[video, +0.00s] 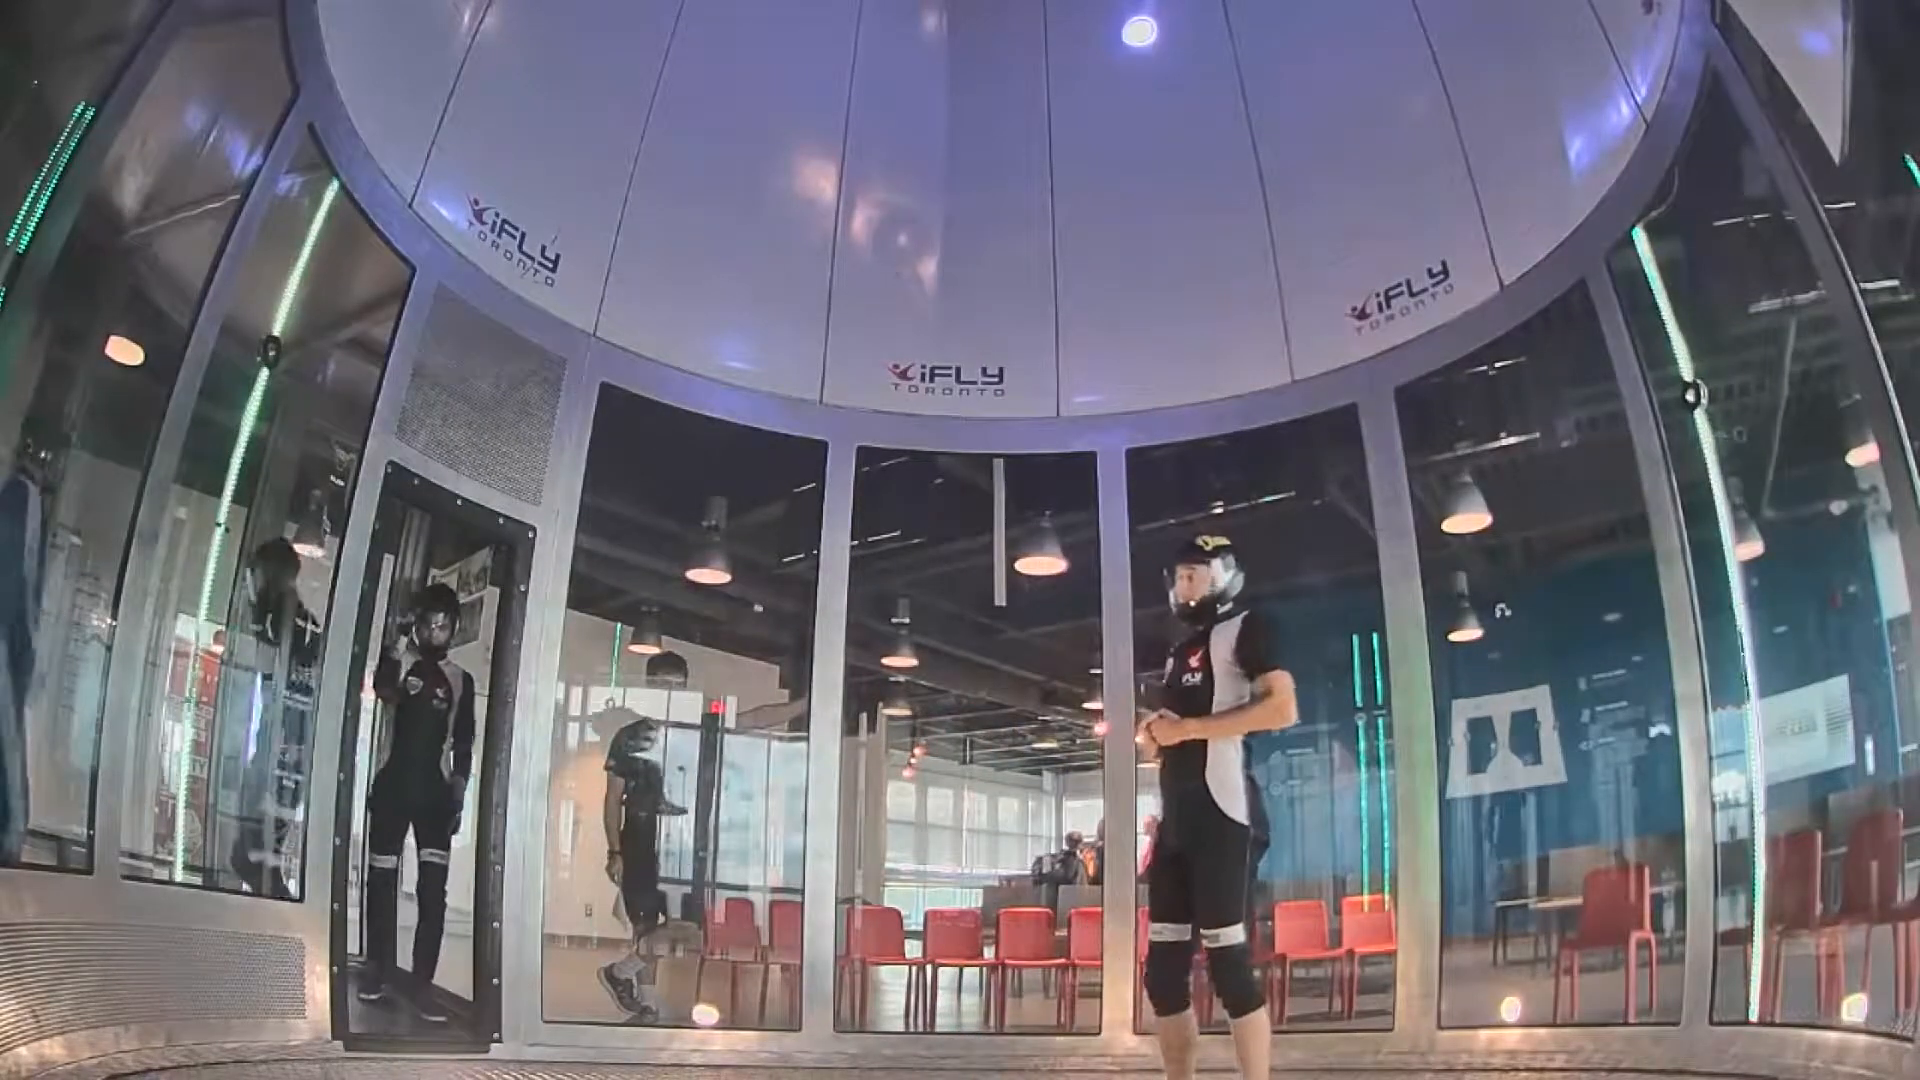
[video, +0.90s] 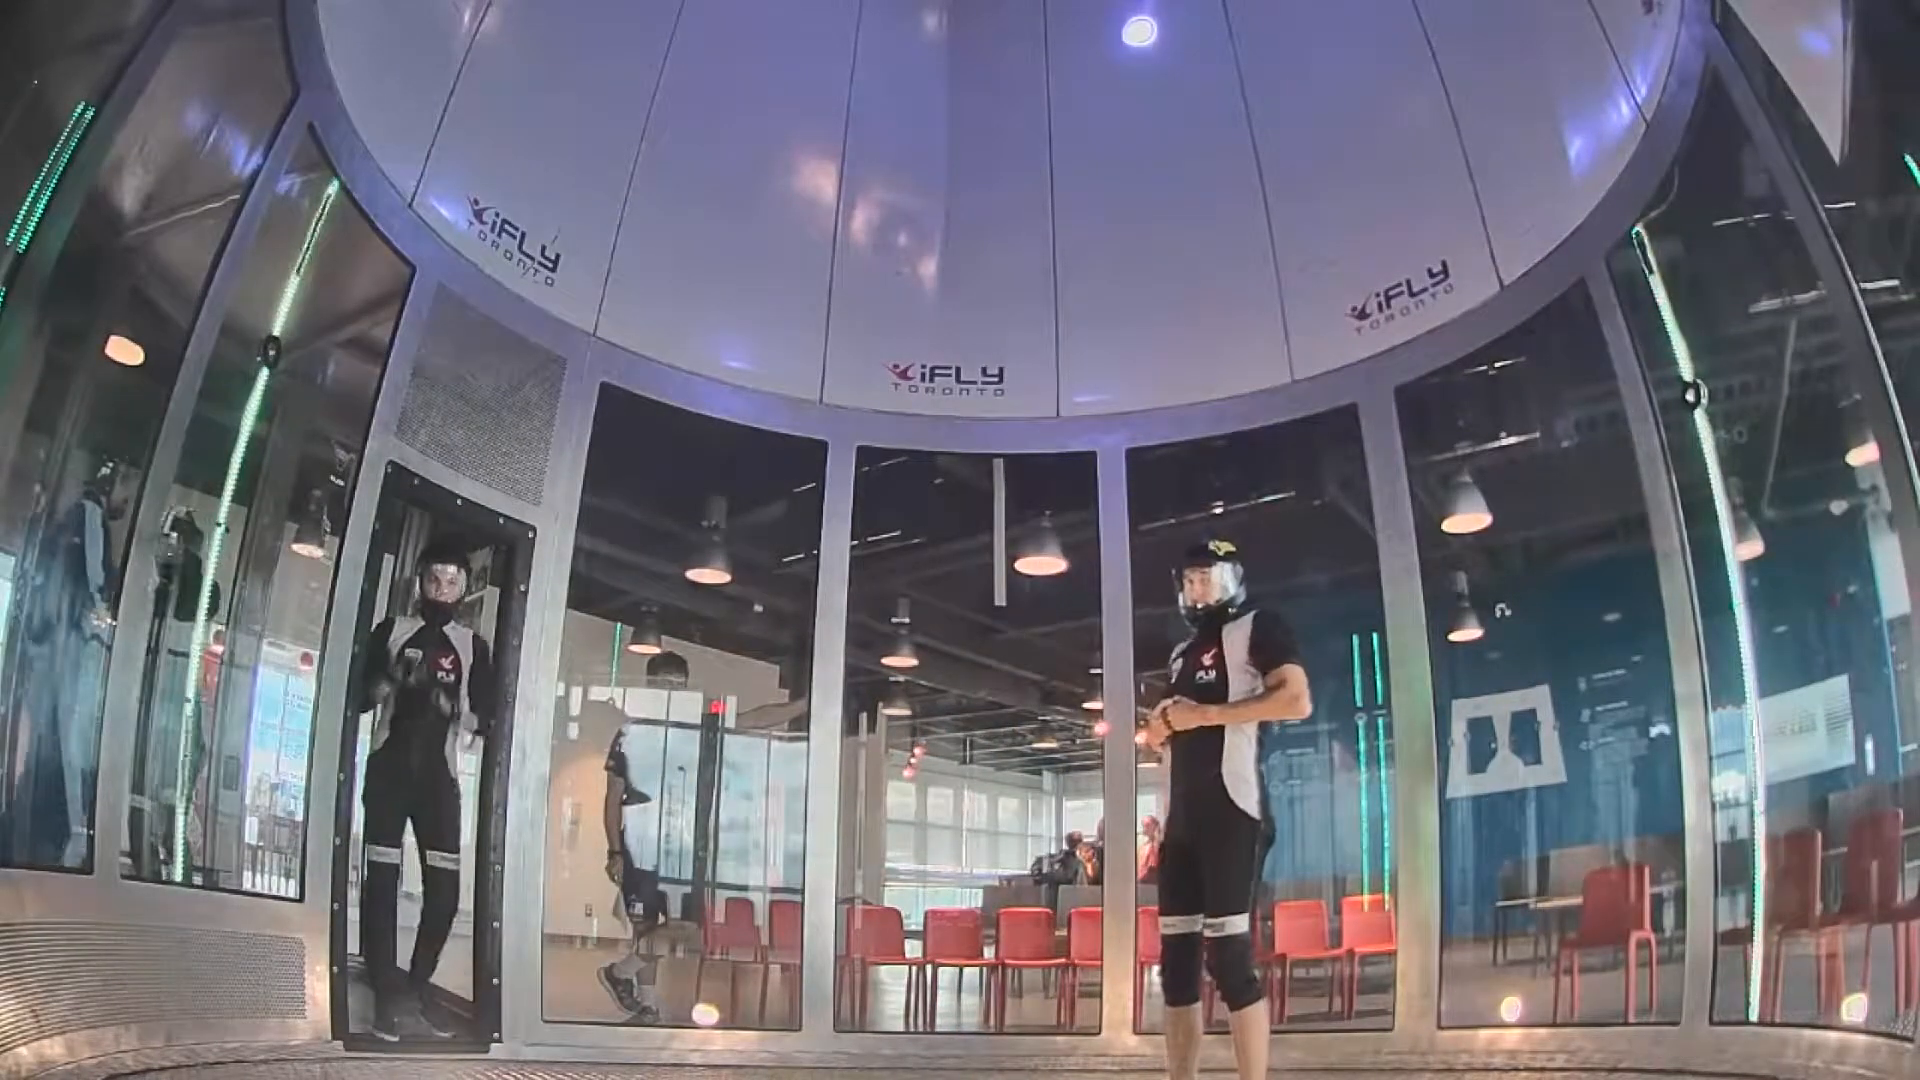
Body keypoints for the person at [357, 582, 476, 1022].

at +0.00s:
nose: (438, 632)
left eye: (445, 624)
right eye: (431, 623)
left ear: (455, 628)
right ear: (418, 625)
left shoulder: (462, 680)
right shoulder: (401, 666)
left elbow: (464, 738)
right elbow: (386, 690)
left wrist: (459, 784)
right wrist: (398, 647)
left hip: (436, 790)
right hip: (393, 784)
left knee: (433, 891)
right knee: (382, 883)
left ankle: (422, 984)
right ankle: (379, 971)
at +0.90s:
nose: (443, 587)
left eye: (452, 580)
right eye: (435, 577)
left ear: (464, 587)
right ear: (421, 581)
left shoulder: (475, 645)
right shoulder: (389, 633)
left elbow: (490, 717)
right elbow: (355, 702)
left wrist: (459, 703)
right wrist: (391, 673)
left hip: (439, 776)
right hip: (387, 771)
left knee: (445, 891)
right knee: (381, 883)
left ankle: (419, 994)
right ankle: (387, 1000)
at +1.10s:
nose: (449, 581)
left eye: (458, 573)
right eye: (442, 572)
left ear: (473, 578)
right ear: (430, 576)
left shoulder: (492, 631)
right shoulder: (406, 623)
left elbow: (547, 684)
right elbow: (358, 692)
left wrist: (497, 665)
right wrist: (389, 642)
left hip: (453, 773)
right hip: (398, 768)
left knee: (449, 901)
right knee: (387, 893)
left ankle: (456, 1016)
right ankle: (386, 1010)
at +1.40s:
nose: (473, 591)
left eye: (484, 583)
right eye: (466, 581)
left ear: (502, 588)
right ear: (456, 584)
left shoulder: (523, 634)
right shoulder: (438, 640)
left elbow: (596, 661)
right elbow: (403, 706)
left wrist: (536, 658)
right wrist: (394, 688)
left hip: (500, 791)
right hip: (447, 787)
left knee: (501, 918)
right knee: (407, 905)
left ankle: (528, 1041)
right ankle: (400, 1011)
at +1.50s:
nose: (494, 611)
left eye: (505, 603)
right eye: (487, 602)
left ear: (523, 607)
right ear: (476, 607)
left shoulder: (545, 656)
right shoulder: (470, 669)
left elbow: (613, 681)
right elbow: (432, 730)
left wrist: (562, 680)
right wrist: (436, 699)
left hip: (530, 815)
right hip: (481, 808)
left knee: (517, 936)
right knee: (431, 913)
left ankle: (541, 1056)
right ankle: (453, 1022)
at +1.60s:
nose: (504, 612)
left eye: (515, 603)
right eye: (495, 602)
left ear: (533, 610)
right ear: (485, 608)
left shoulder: (552, 663)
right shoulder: (479, 673)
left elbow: (621, 693)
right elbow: (456, 738)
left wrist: (560, 696)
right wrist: (453, 716)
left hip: (539, 822)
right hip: (490, 818)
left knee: (524, 936)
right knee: (454, 923)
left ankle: (543, 1058)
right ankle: (487, 1033)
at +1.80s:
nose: (530, 607)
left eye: (540, 599)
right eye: (522, 598)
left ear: (556, 604)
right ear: (511, 603)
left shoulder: (576, 657)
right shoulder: (499, 662)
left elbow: (644, 695)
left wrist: (599, 705)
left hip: (556, 809)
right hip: (504, 807)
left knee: (540, 928)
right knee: (506, 925)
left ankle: (548, 1049)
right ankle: (558, 1035)